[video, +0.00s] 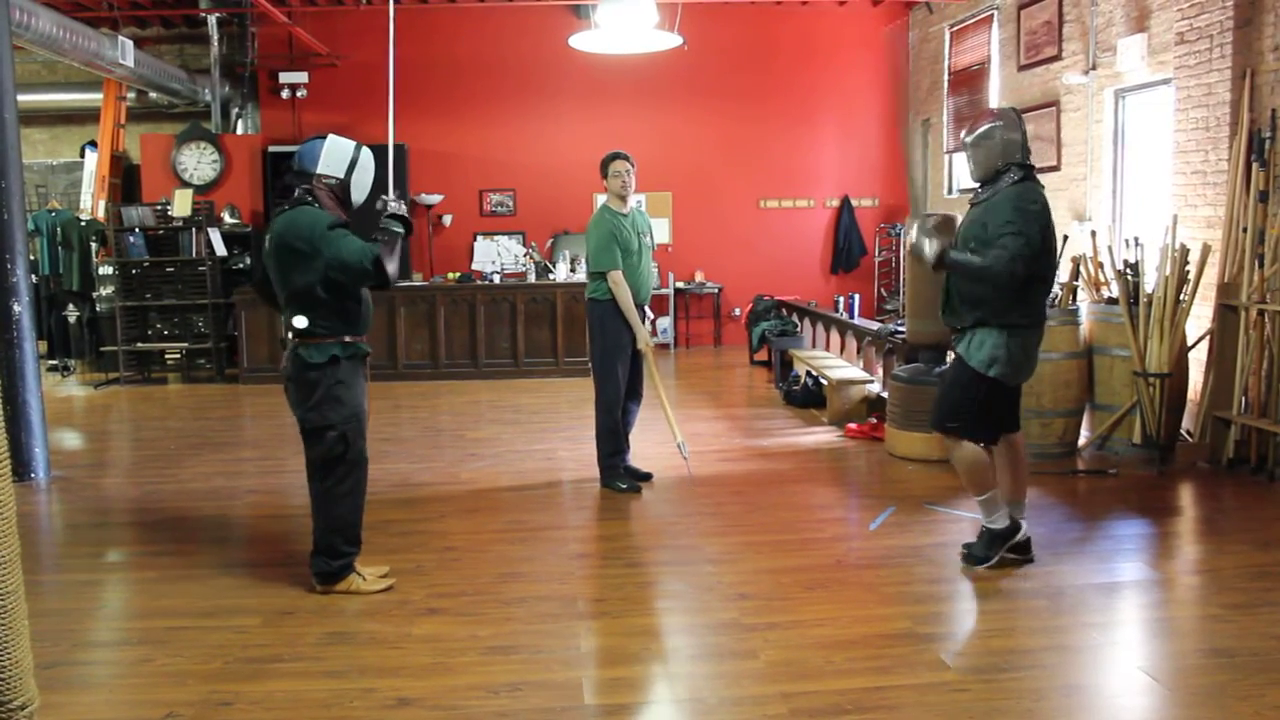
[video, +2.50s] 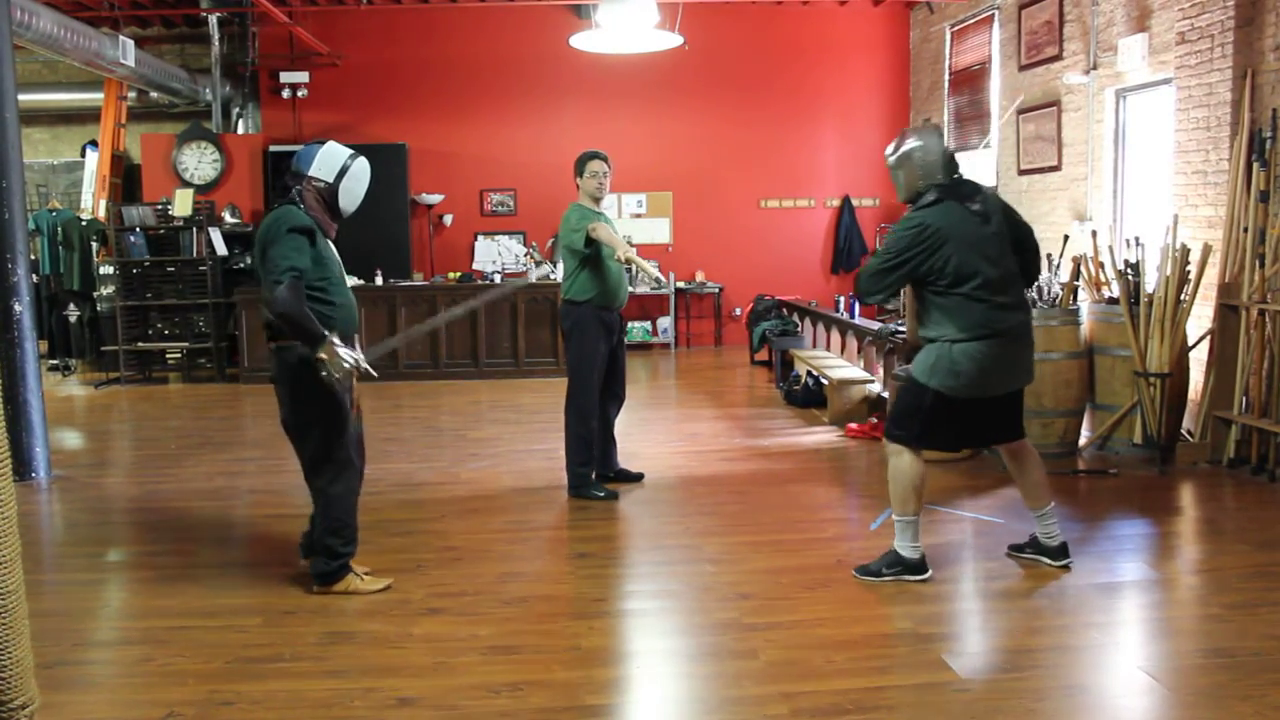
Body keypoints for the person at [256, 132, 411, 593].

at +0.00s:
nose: (354, 199)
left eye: (355, 191)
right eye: (351, 189)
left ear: (314, 182)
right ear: (330, 182)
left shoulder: (286, 225)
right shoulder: (313, 225)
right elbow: (372, 265)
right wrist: (391, 223)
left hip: (315, 360)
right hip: (331, 362)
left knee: (333, 466)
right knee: (342, 465)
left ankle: (335, 563)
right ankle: (335, 570)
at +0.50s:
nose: (357, 199)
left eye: (357, 191)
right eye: (354, 188)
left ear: (316, 181)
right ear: (335, 181)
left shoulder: (287, 224)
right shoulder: (319, 224)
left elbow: (256, 266)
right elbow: (351, 271)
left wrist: (291, 301)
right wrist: (401, 271)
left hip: (306, 359)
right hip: (328, 362)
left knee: (329, 466)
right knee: (342, 466)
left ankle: (334, 562)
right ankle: (335, 571)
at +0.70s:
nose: (356, 201)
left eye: (356, 192)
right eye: (354, 190)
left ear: (314, 180)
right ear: (336, 182)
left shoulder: (279, 224)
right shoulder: (316, 226)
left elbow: (254, 264)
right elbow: (333, 290)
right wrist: (385, 331)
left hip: (295, 358)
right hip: (320, 359)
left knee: (314, 459)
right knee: (340, 462)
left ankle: (288, 553)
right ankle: (334, 570)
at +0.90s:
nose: (347, 201)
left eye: (348, 192)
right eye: (345, 191)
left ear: (306, 183)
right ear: (325, 184)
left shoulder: (274, 226)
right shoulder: (304, 230)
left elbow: (250, 278)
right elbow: (307, 303)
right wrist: (329, 366)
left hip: (288, 359)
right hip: (311, 361)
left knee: (293, 458)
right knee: (339, 463)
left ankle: (253, 551)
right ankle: (337, 568)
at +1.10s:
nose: (333, 208)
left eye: (333, 199)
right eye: (331, 196)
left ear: (293, 187)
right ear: (312, 188)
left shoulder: (262, 229)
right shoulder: (286, 230)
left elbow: (233, 276)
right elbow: (270, 299)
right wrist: (269, 370)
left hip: (287, 363)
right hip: (305, 363)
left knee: (274, 463)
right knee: (335, 464)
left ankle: (248, 559)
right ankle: (337, 569)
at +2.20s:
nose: (349, 205)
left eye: (350, 196)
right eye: (347, 194)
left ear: (310, 186)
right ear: (329, 188)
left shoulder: (276, 227)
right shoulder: (300, 233)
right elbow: (295, 316)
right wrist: (322, 376)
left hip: (288, 361)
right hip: (304, 364)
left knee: (314, 458)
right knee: (338, 462)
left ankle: (264, 542)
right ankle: (333, 570)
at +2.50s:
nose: (345, 205)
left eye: (346, 195)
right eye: (343, 193)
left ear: (312, 185)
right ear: (324, 185)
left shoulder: (305, 226)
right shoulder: (290, 224)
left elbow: (310, 297)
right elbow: (285, 299)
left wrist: (344, 342)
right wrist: (327, 345)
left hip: (321, 359)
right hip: (306, 361)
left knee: (342, 457)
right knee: (336, 462)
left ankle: (323, 546)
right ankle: (332, 571)